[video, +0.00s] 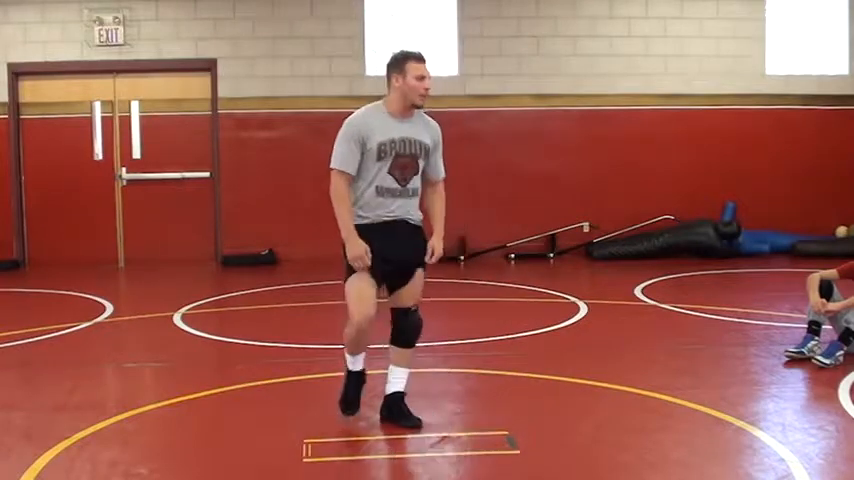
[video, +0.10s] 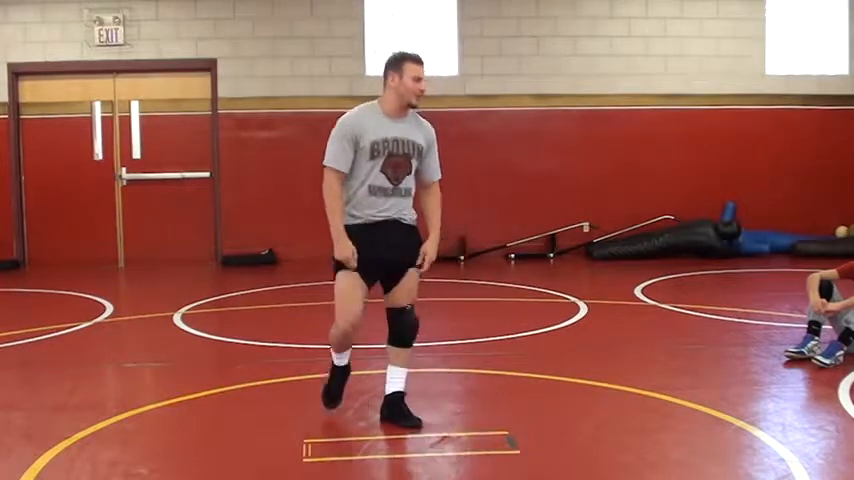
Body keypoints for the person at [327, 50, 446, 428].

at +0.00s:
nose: (427, 85)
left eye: (428, 79)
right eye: (420, 79)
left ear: (421, 83)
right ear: (395, 81)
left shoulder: (430, 129)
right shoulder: (360, 123)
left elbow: (434, 185)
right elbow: (339, 182)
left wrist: (437, 233)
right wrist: (350, 239)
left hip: (408, 228)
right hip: (364, 228)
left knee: (408, 321)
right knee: (362, 317)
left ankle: (394, 400)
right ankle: (354, 373)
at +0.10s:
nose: (422, 87)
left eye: (423, 80)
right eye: (416, 80)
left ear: (413, 84)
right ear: (392, 80)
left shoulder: (424, 131)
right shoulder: (353, 122)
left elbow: (429, 187)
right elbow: (331, 180)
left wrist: (434, 237)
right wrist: (339, 237)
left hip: (401, 230)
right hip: (356, 229)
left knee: (404, 322)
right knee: (346, 324)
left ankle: (394, 400)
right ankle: (340, 366)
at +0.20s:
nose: (415, 88)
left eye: (416, 82)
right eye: (409, 82)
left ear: (403, 85)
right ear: (385, 81)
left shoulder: (417, 133)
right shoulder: (346, 123)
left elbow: (423, 188)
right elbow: (325, 180)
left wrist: (427, 239)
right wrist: (329, 238)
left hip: (395, 233)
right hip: (350, 232)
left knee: (401, 323)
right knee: (338, 324)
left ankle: (394, 400)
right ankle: (325, 373)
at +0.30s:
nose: (404, 90)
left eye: (405, 83)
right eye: (397, 83)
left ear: (396, 87)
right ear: (373, 83)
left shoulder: (407, 133)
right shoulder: (336, 126)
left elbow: (415, 187)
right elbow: (316, 185)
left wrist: (418, 235)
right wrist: (322, 240)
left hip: (385, 232)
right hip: (340, 232)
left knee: (396, 320)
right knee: (330, 321)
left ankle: (394, 399)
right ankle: (325, 379)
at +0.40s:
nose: (390, 93)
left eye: (391, 87)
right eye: (384, 86)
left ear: (388, 91)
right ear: (361, 88)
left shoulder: (398, 134)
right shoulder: (325, 131)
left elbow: (407, 185)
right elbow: (307, 189)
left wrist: (407, 230)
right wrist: (314, 244)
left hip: (375, 232)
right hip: (330, 232)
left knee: (388, 317)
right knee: (325, 316)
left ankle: (392, 398)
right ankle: (324, 383)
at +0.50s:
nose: (381, 98)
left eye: (382, 92)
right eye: (374, 92)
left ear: (379, 95)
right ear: (351, 93)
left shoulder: (390, 135)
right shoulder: (318, 137)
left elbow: (398, 185)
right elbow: (302, 193)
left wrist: (397, 233)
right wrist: (310, 248)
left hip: (367, 230)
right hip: (324, 230)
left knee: (383, 313)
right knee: (321, 313)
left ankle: (390, 393)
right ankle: (322, 384)